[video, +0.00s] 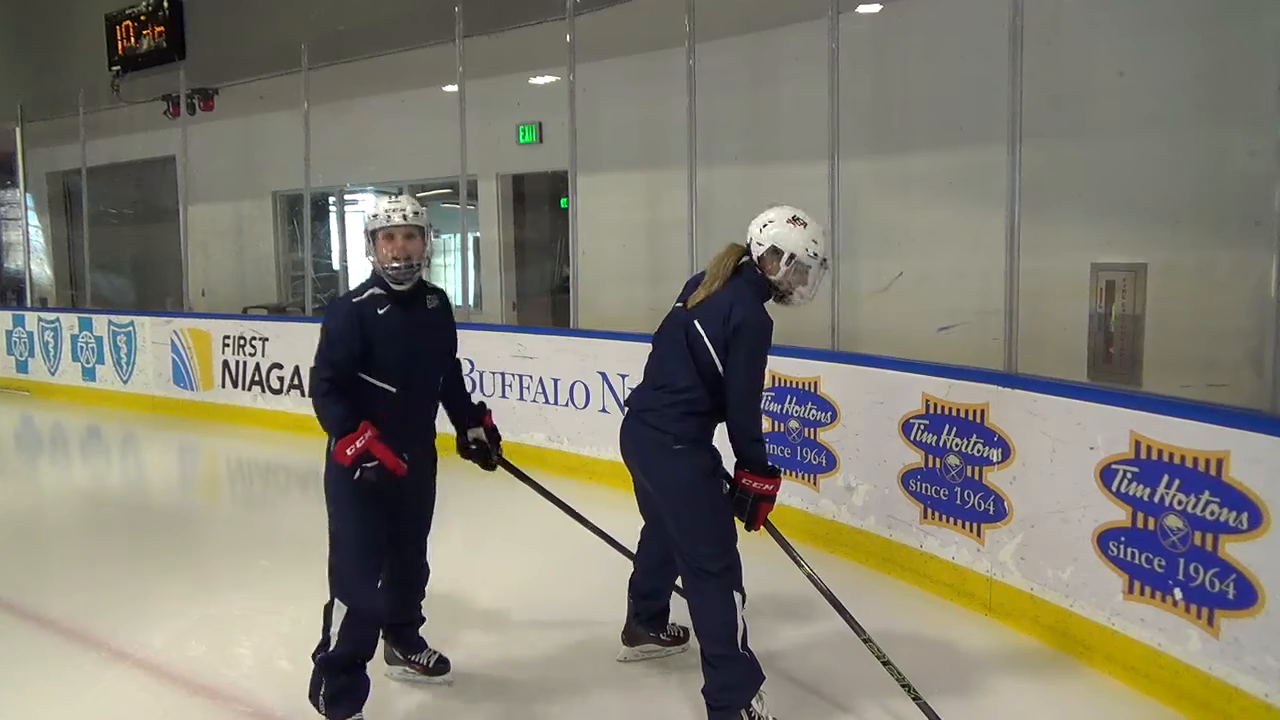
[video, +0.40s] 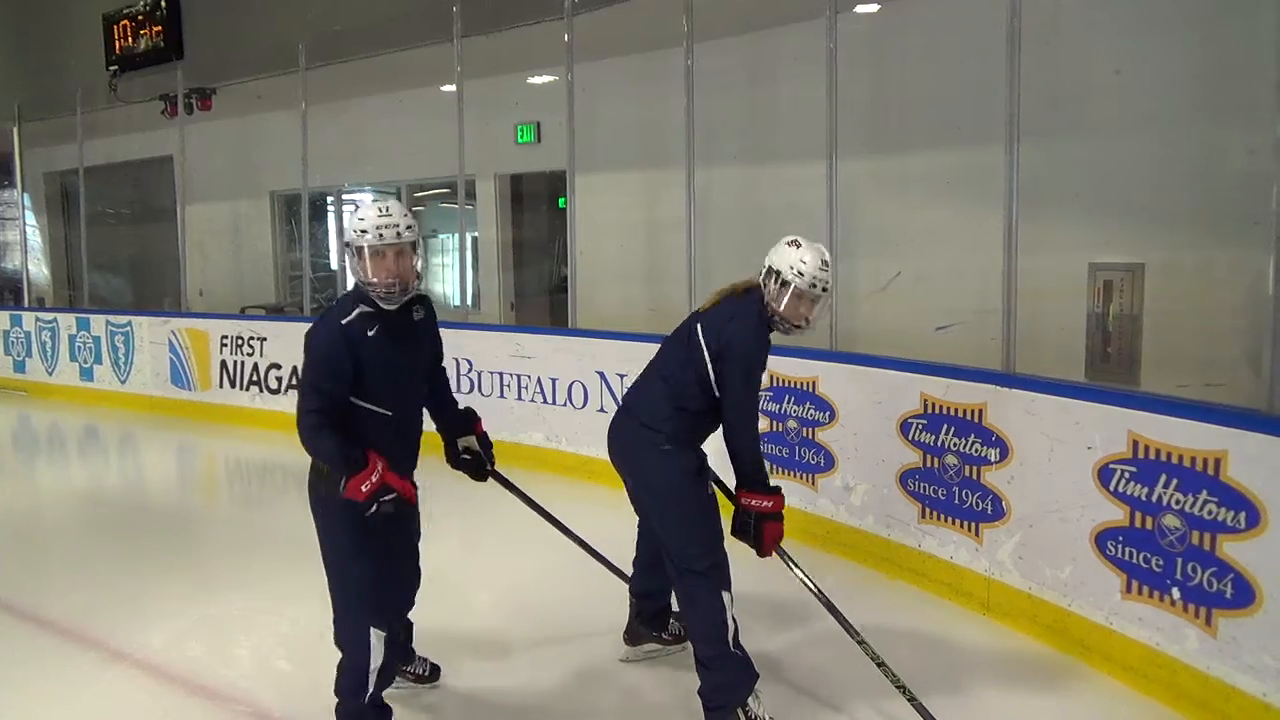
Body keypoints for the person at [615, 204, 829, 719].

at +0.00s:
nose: (803, 282)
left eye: (808, 271)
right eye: (800, 269)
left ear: (761, 254)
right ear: (774, 260)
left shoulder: (706, 281)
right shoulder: (750, 315)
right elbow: (743, 406)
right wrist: (757, 472)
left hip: (641, 434)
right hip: (679, 448)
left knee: (663, 529)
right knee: (714, 569)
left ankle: (644, 623)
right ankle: (732, 701)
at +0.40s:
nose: (801, 309)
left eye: (811, 301)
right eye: (796, 295)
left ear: (819, 300)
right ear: (771, 282)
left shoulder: (737, 306)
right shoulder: (747, 329)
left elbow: (731, 411)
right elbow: (740, 421)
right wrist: (759, 498)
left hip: (633, 433)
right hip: (662, 447)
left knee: (660, 528)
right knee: (703, 568)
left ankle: (648, 621)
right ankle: (729, 700)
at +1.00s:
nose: (803, 344)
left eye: (815, 338)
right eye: (799, 330)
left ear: (826, 342)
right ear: (781, 318)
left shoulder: (751, 337)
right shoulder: (752, 359)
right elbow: (741, 445)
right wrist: (758, 515)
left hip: (630, 434)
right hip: (652, 446)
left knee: (656, 533)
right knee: (693, 569)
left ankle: (644, 623)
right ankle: (718, 703)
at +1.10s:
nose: (802, 345)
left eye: (814, 338)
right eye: (798, 331)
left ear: (826, 342)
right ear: (780, 318)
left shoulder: (751, 336)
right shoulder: (750, 359)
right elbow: (741, 447)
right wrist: (759, 515)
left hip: (630, 433)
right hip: (649, 445)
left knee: (657, 532)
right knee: (692, 568)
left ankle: (645, 622)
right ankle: (717, 702)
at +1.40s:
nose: (795, 346)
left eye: (808, 340)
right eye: (792, 332)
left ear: (820, 343)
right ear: (776, 319)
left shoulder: (745, 337)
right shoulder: (746, 361)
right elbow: (736, 448)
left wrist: (673, 446)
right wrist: (755, 517)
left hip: (626, 434)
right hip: (643, 445)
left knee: (653, 534)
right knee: (687, 567)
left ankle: (642, 622)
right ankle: (712, 702)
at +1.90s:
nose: (789, 347)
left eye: (801, 341)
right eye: (785, 333)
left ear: (814, 344)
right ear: (768, 320)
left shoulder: (738, 337)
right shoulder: (737, 362)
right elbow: (729, 448)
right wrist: (747, 517)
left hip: (618, 433)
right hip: (635, 446)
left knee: (645, 533)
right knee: (680, 568)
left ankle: (636, 622)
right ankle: (704, 702)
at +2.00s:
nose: (787, 346)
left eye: (800, 340)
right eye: (784, 332)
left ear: (812, 344)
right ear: (767, 320)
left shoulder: (737, 337)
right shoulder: (737, 361)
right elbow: (727, 448)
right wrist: (746, 517)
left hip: (616, 434)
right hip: (634, 446)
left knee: (644, 533)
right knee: (679, 569)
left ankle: (635, 622)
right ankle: (703, 703)